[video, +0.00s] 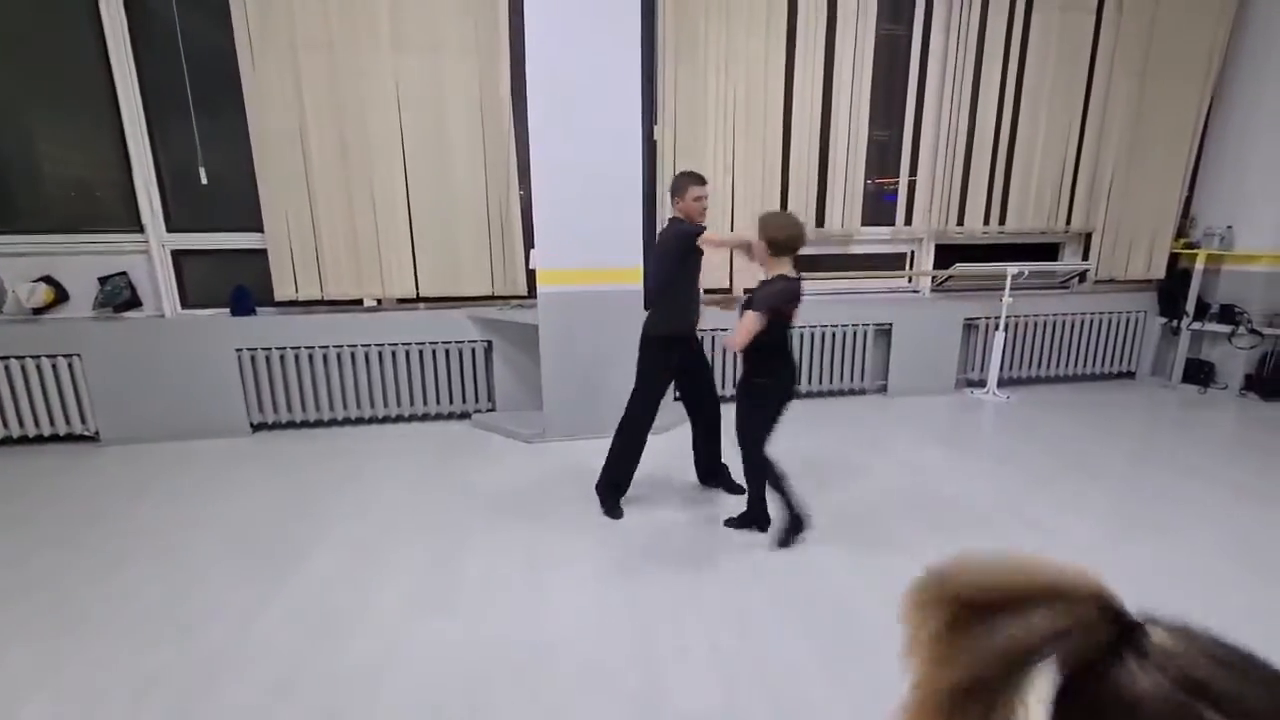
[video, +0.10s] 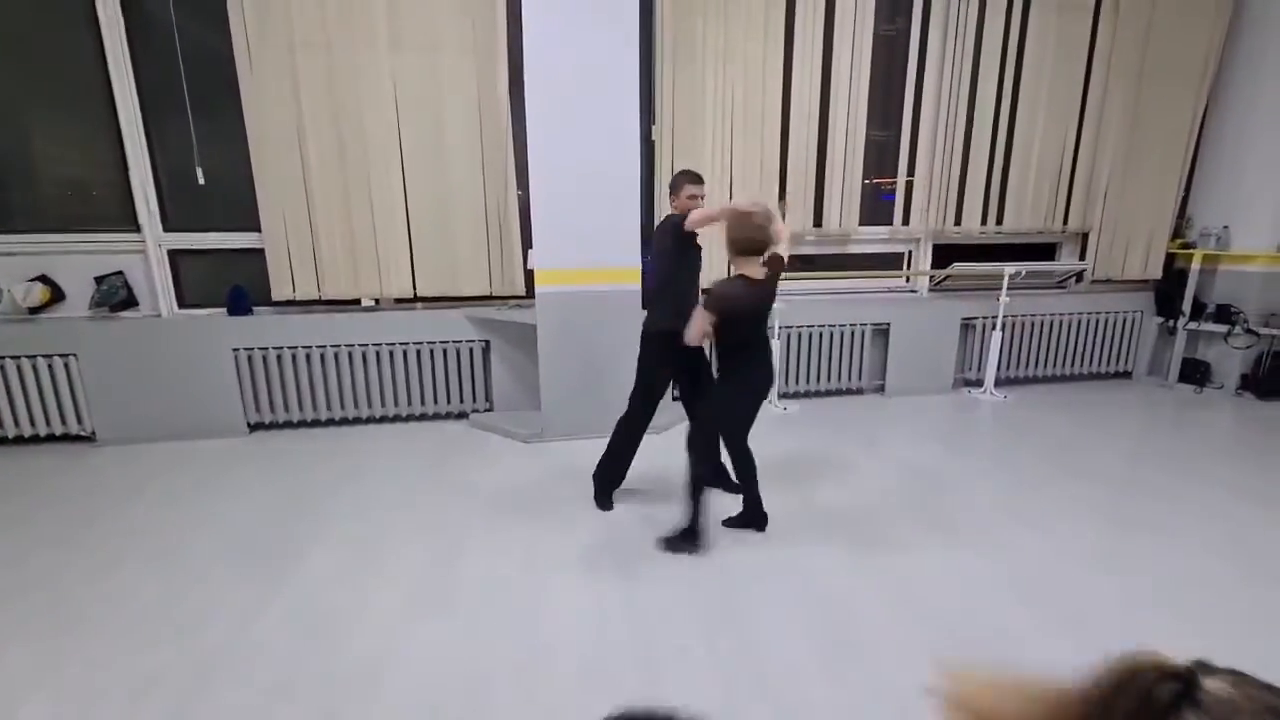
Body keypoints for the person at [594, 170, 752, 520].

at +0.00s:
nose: (705, 205)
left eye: (706, 199)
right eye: (698, 199)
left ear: (692, 202)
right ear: (678, 202)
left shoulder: (675, 235)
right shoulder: (682, 231)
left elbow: (672, 291)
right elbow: (719, 241)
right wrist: (749, 244)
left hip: (684, 338)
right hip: (662, 340)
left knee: (706, 408)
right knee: (639, 416)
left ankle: (711, 472)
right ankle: (609, 488)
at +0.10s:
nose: (700, 204)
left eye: (702, 198)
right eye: (692, 198)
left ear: (701, 199)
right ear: (674, 199)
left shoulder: (683, 234)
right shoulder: (671, 227)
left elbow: (682, 288)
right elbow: (703, 219)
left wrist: (702, 315)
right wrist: (736, 211)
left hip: (685, 336)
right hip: (662, 335)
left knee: (705, 405)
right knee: (640, 411)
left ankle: (709, 470)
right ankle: (605, 478)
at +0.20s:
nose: (693, 205)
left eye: (695, 199)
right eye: (687, 198)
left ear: (695, 200)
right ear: (670, 199)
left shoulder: (697, 233)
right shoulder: (658, 227)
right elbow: (700, 194)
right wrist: (744, 187)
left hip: (695, 332)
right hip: (659, 333)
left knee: (704, 404)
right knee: (638, 409)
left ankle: (708, 469)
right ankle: (605, 482)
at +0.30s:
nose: (679, 201)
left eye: (682, 194)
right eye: (673, 193)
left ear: (685, 199)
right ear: (660, 197)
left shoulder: (693, 233)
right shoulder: (649, 233)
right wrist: (702, 174)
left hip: (687, 334)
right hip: (652, 335)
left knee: (706, 404)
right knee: (633, 410)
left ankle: (710, 472)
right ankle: (604, 480)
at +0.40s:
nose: (672, 210)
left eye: (677, 203)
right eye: (664, 202)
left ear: (682, 207)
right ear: (649, 207)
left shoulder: (683, 250)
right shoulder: (642, 251)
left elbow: (686, 304)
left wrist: (707, 333)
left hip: (678, 341)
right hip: (646, 342)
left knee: (700, 401)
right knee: (628, 413)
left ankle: (706, 468)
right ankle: (602, 480)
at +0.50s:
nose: (668, 209)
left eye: (674, 202)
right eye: (661, 203)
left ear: (680, 205)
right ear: (648, 206)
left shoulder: (684, 255)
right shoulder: (634, 244)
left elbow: (696, 306)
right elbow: (614, 213)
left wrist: (708, 354)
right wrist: (594, 196)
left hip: (678, 338)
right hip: (643, 337)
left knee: (703, 399)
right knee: (632, 412)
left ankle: (711, 466)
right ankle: (608, 487)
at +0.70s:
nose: (664, 211)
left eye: (670, 204)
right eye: (657, 204)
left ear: (678, 208)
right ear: (646, 208)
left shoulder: (689, 254)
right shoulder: (632, 240)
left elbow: (711, 306)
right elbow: (595, 227)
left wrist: (720, 351)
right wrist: (571, 222)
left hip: (673, 345)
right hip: (634, 345)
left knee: (705, 408)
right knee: (617, 417)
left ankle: (735, 471)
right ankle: (603, 483)